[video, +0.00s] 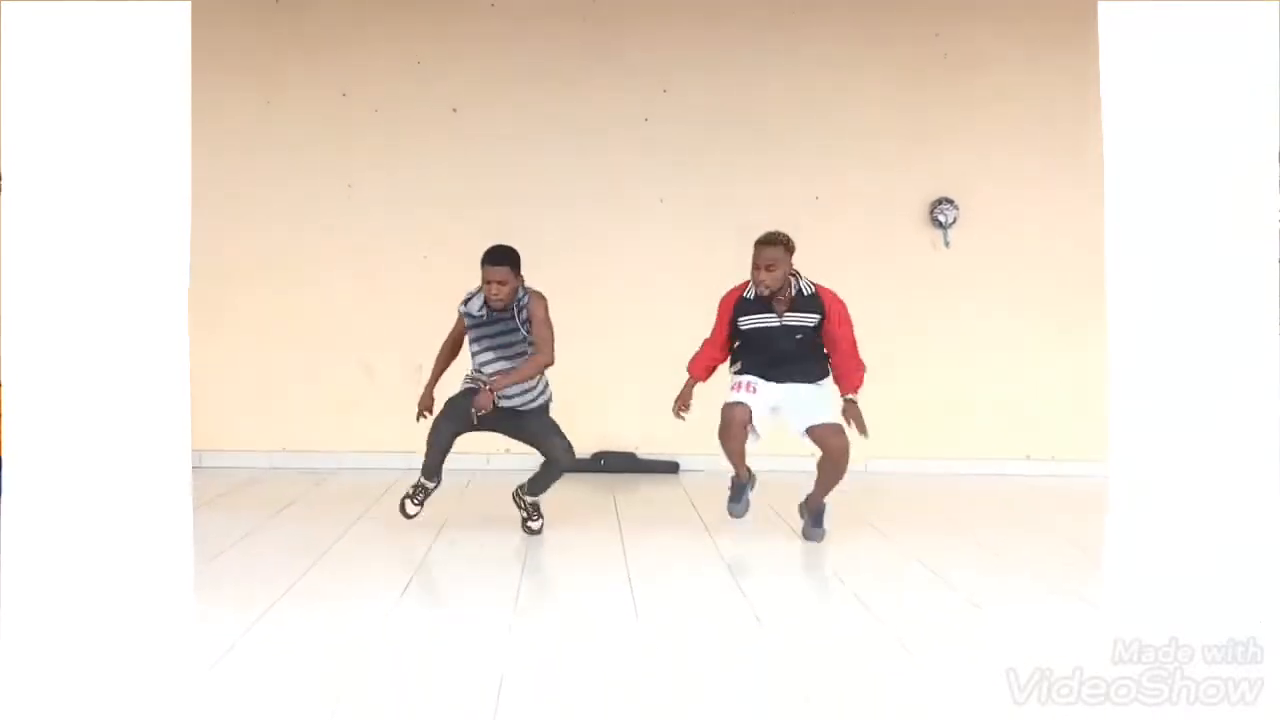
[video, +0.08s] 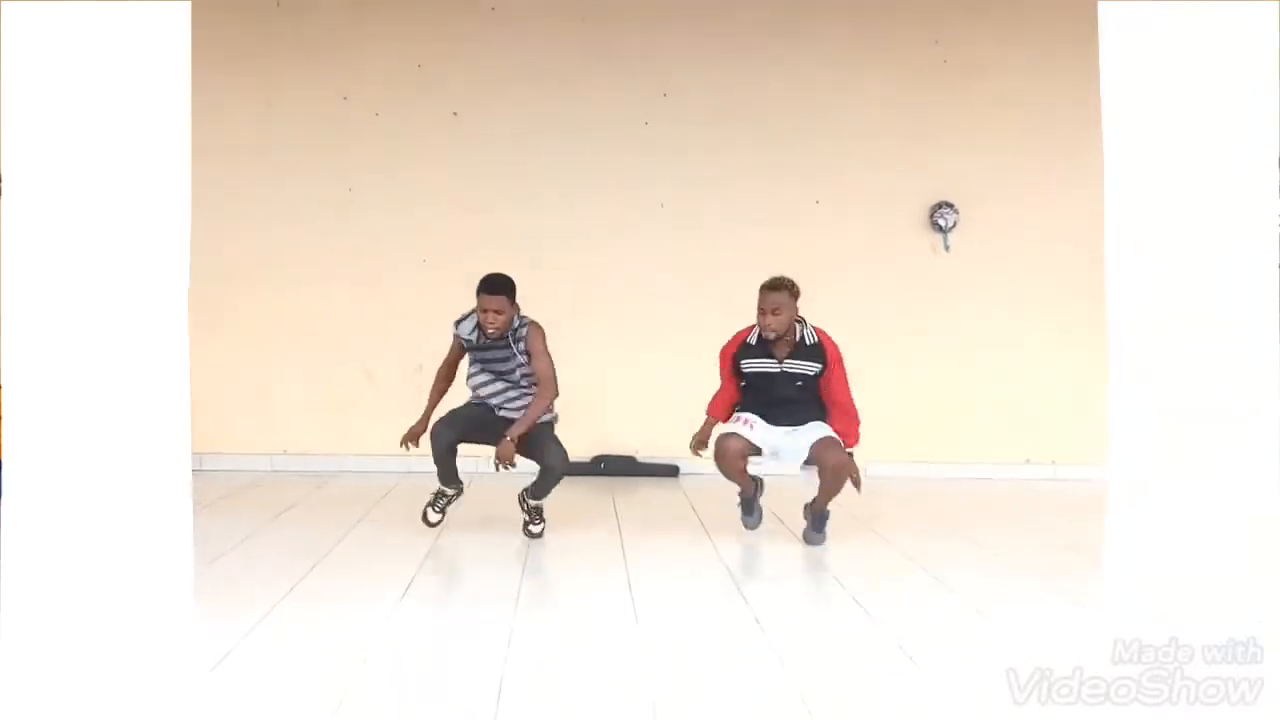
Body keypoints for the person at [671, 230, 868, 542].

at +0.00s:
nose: (761, 276)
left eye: (770, 269)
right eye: (756, 267)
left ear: (790, 267)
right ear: (751, 265)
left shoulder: (823, 301)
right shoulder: (736, 301)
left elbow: (843, 347)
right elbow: (717, 344)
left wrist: (849, 397)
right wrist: (689, 384)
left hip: (807, 386)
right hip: (753, 383)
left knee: (838, 448)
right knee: (731, 421)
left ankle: (814, 504)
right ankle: (741, 477)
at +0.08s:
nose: (766, 321)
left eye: (776, 314)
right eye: (762, 313)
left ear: (795, 312)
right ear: (756, 310)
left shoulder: (820, 345)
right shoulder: (740, 345)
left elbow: (839, 398)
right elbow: (730, 388)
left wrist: (847, 451)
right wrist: (706, 428)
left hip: (806, 426)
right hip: (755, 423)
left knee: (838, 463)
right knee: (726, 451)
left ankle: (818, 509)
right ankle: (749, 489)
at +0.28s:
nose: (768, 351)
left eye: (777, 345)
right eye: (762, 343)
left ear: (792, 348)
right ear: (756, 345)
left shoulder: (818, 381)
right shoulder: (740, 379)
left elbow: (844, 417)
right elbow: (718, 410)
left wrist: (872, 403)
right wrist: (700, 419)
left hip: (804, 458)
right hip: (756, 460)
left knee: (827, 477)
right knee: (725, 480)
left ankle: (815, 512)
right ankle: (762, 504)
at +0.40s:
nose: (762, 323)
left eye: (771, 316)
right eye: (756, 315)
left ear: (789, 310)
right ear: (751, 310)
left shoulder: (814, 326)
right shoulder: (744, 334)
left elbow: (861, 357)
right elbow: (732, 372)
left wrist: (807, 341)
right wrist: (704, 382)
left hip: (808, 425)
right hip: (754, 423)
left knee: (844, 463)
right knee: (716, 439)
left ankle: (813, 506)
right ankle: (744, 495)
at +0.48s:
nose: (746, 291)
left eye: (756, 283)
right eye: (740, 283)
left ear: (775, 279)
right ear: (735, 278)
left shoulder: (798, 303)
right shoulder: (740, 302)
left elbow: (806, 366)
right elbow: (736, 347)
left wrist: (754, 365)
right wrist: (706, 383)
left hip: (813, 391)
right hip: (765, 386)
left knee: (839, 462)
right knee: (711, 409)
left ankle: (813, 508)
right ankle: (695, 506)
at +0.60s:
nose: (741, 270)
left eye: (750, 262)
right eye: (735, 262)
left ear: (769, 257)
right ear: (730, 258)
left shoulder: (796, 290)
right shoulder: (741, 279)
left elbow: (782, 351)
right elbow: (738, 317)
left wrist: (743, 400)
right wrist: (728, 352)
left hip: (804, 372)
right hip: (753, 367)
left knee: (841, 455)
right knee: (712, 436)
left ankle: (814, 508)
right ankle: (670, 523)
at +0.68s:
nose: (751, 259)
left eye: (760, 252)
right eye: (745, 251)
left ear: (777, 247)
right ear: (738, 247)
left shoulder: (790, 282)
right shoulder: (746, 271)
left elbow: (774, 343)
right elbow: (749, 285)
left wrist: (725, 381)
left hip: (797, 378)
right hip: (746, 378)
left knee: (836, 463)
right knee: (708, 446)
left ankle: (816, 510)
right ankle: (660, 532)